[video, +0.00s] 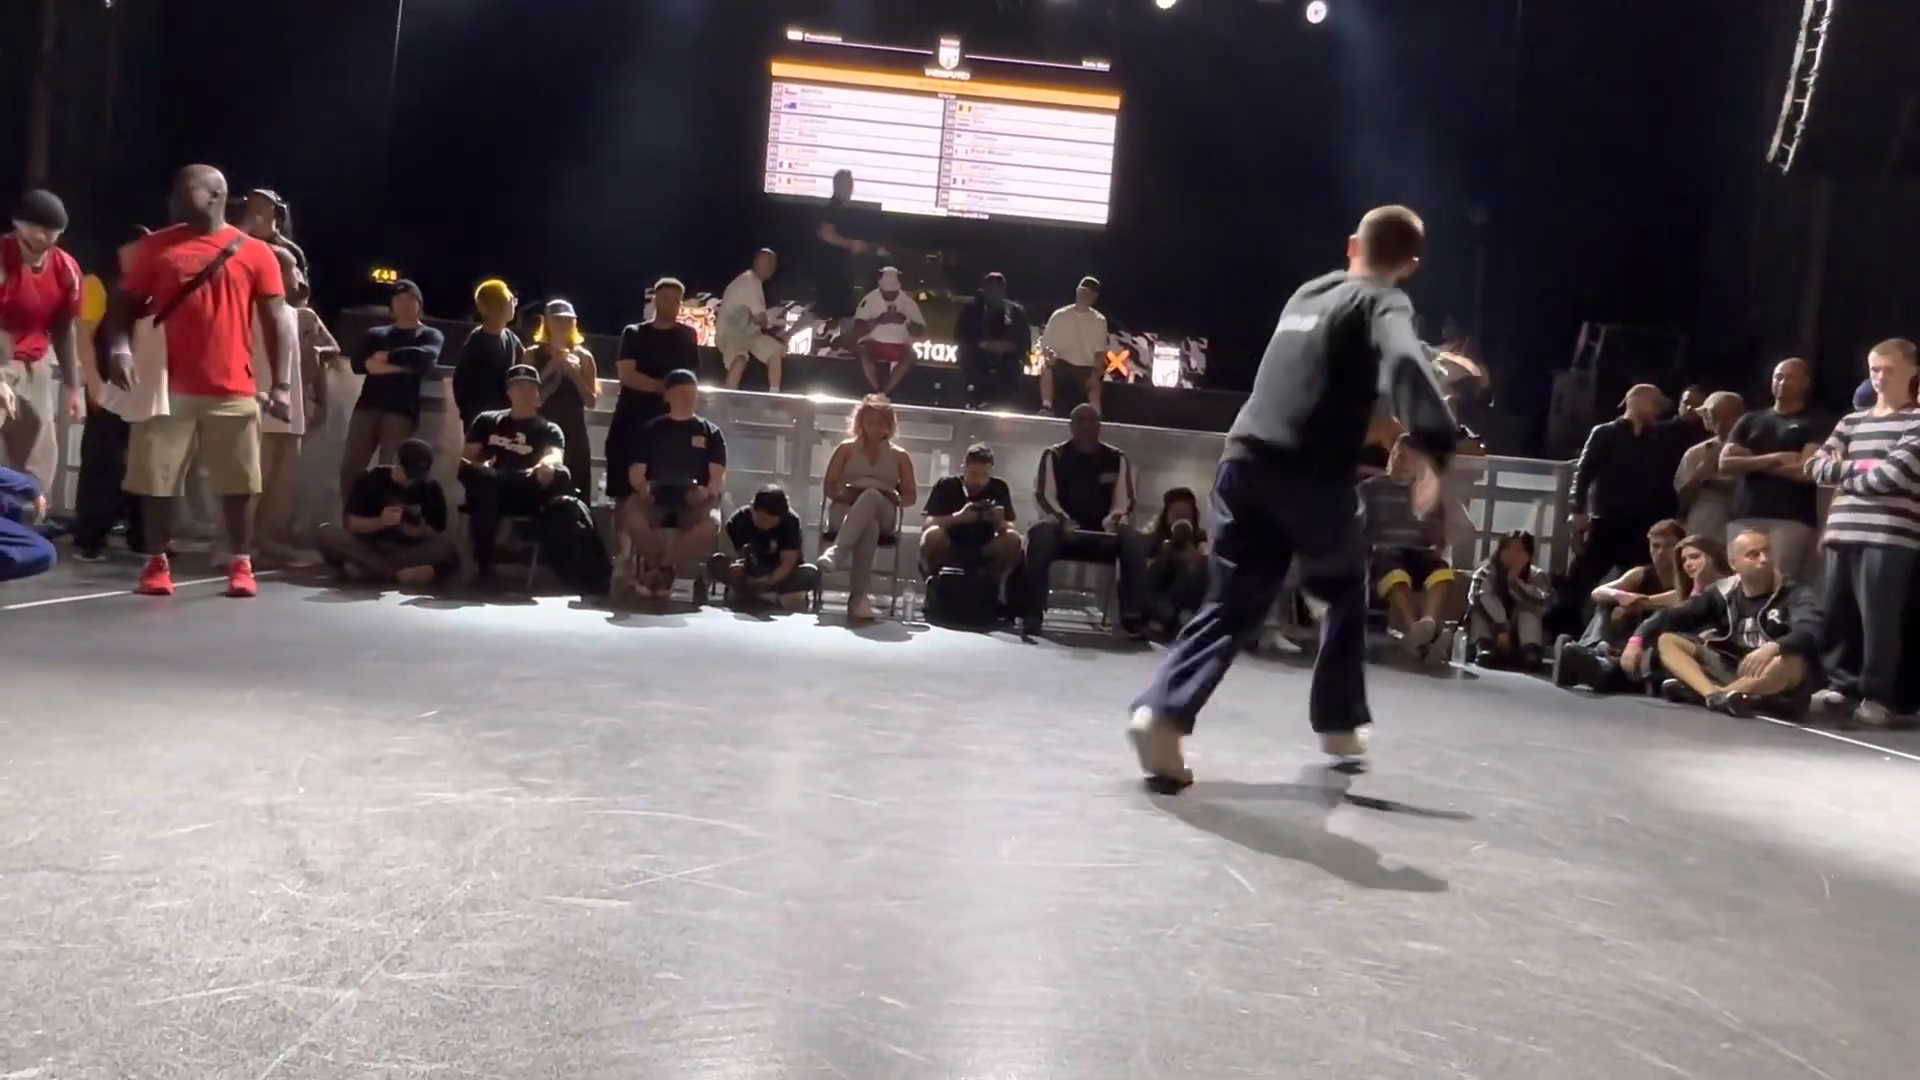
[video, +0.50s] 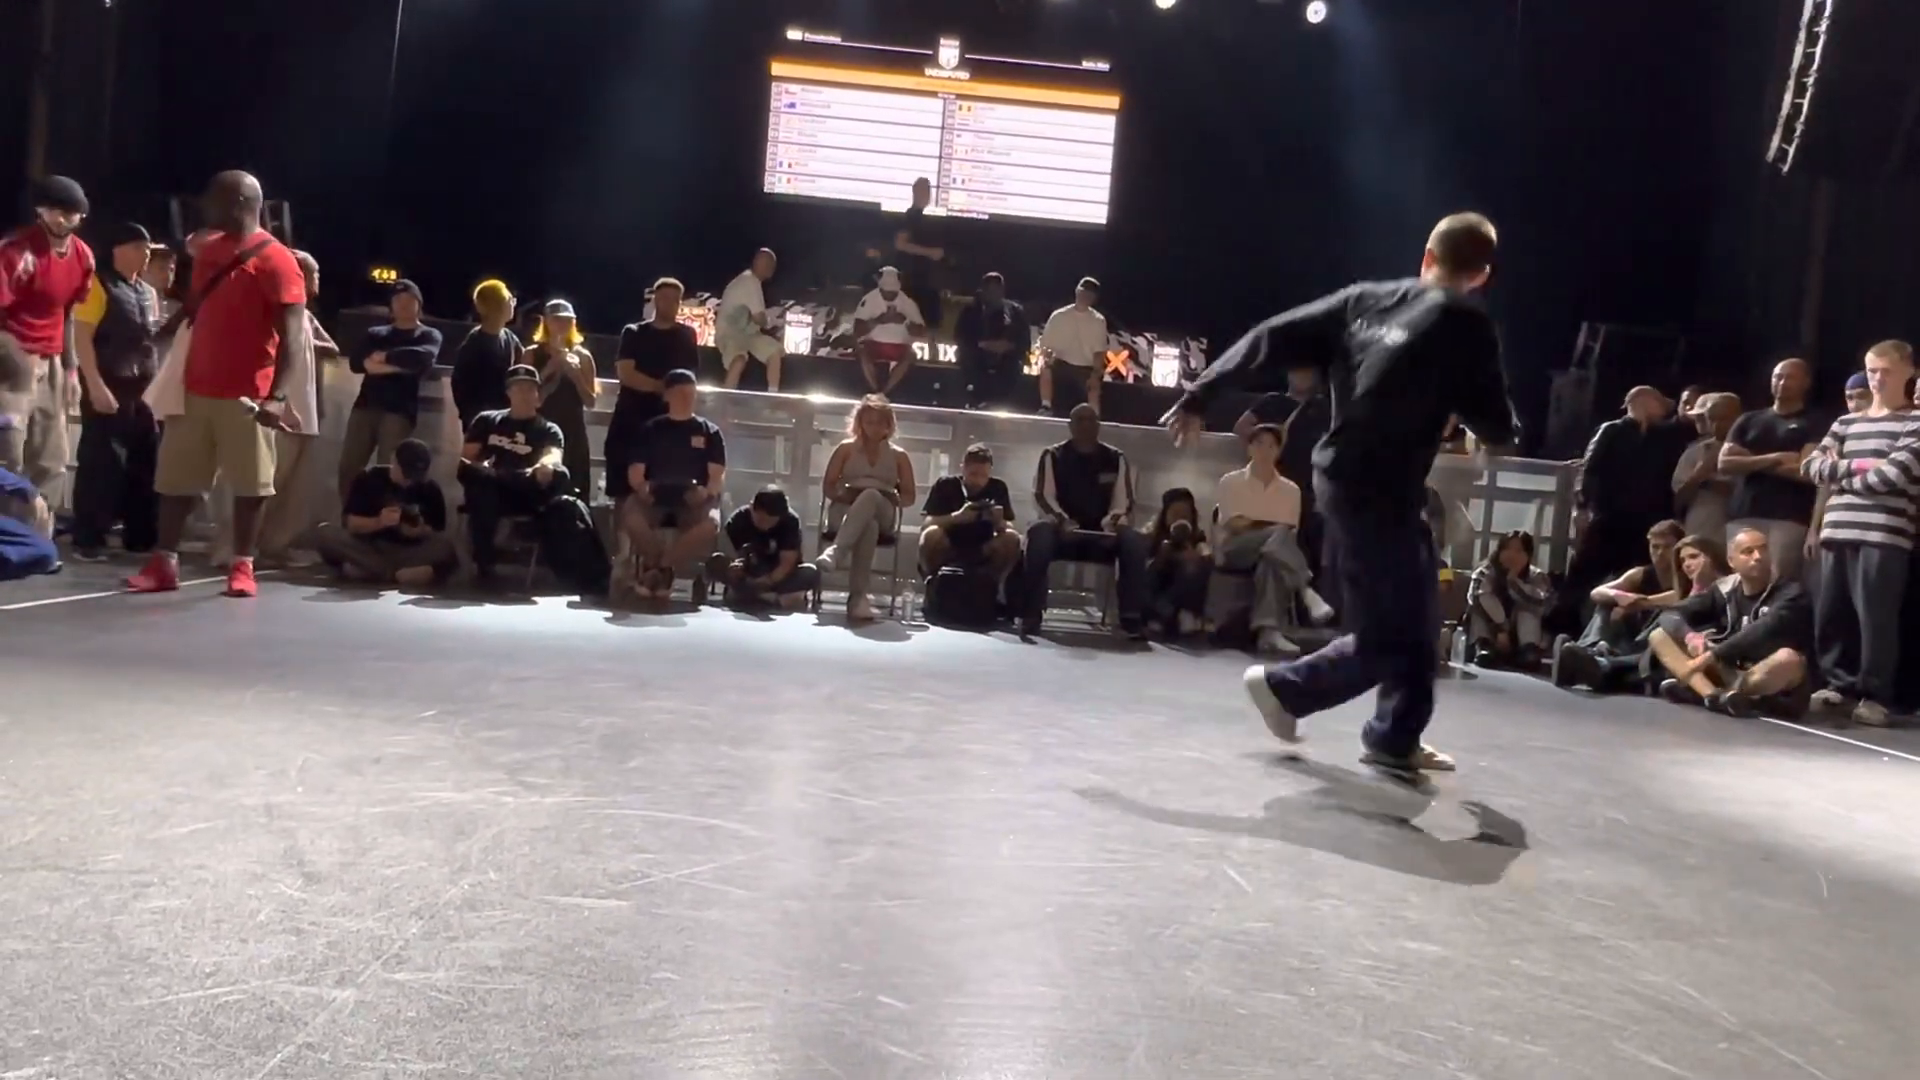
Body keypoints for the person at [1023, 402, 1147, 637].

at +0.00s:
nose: (1086, 427)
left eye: (1091, 421)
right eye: (1080, 421)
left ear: (1100, 425)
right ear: (1071, 425)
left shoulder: (1117, 459)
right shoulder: (1054, 456)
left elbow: (1124, 501)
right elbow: (1045, 496)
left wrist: (1114, 518)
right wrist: (1062, 519)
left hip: (1103, 535)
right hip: (1068, 533)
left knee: (1133, 539)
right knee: (1040, 532)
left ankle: (1133, 617)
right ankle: (1032, 616)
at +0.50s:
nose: (1085, 426)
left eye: (1091, 421)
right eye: (1079, 421)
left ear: (1099, 425)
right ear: (1070, 425)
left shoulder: (1116, 458)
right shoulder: (1053, 456)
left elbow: (1123, 501)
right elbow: (1044, 496)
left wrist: (1114, 518)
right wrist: (1062, 519)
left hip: (1102, 536)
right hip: (1067, 534)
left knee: (1133, 540)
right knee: (1040, 532)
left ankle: (1132, 619)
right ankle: (1032, 616)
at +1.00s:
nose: (1086, 427)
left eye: (1091, 421)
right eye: (1080, 421)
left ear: (1099, 425)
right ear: (1070, 425)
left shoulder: (1116, 458)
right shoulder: (1053, 455)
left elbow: (1122, 501)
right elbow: (1045, 496)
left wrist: (1113, 519)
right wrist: (1062, 520)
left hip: (1102, 536)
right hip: (1066, 533)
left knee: (1132, 539)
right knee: (1039, 532)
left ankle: (1132, 618)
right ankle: (1032, 616)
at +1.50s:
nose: (1086, 427)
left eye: (1091, 422)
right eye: (1079, 422)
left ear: (1099, 426)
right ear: (1069, 426)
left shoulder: (1115, 459)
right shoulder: (1052, 456)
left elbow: (1122, 501)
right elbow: (1044, 497)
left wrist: (1113, 519)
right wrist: (1060, 520)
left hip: (1100, 536)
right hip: (1066, 534)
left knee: (1131, 540)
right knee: (1039, 533)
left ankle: (1130, 618)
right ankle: (1030, 619)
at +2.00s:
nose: (1087, 429)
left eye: (1093, 423)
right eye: (1081, 423)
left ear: (1102, 428)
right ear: (1071, 428)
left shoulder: (1118, 462)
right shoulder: (1053, 457)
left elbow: (1123, 503)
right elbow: (1037, 500)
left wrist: (1114, 519)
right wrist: (1053, 486)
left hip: (1099, 535)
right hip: (1062, 533)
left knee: (1132, 541)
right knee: (1040, 536)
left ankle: (1132, 619)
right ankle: (1031, 619)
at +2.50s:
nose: (1086, 430)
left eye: (1092, 424)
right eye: (1080, 425)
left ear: (1101, 430)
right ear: (1072, 430)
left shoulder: (1120, 463)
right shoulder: (1061, 455)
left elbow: (1124, 504)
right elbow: (1036, 464)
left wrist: (1115, 520)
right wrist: (1058, 429)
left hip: (1099, 535)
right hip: (1062, 532)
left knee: (1131, 543)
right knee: (1043, 537)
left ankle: (1131, 622)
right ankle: (1031, 621)